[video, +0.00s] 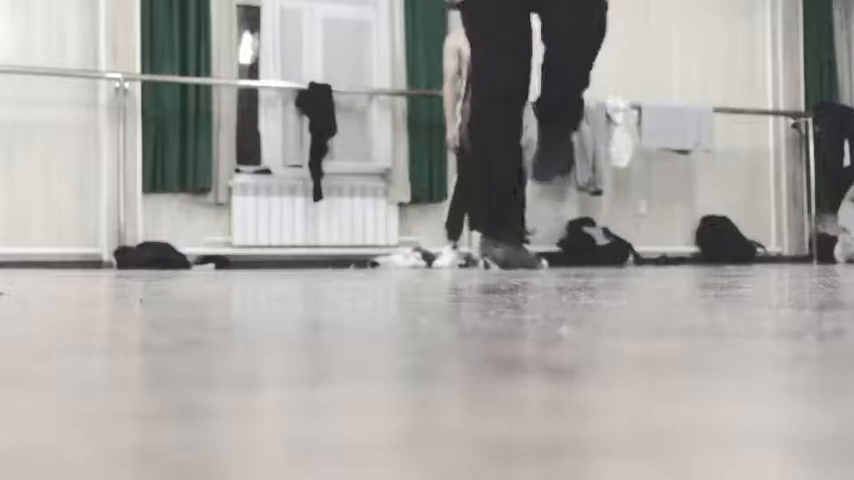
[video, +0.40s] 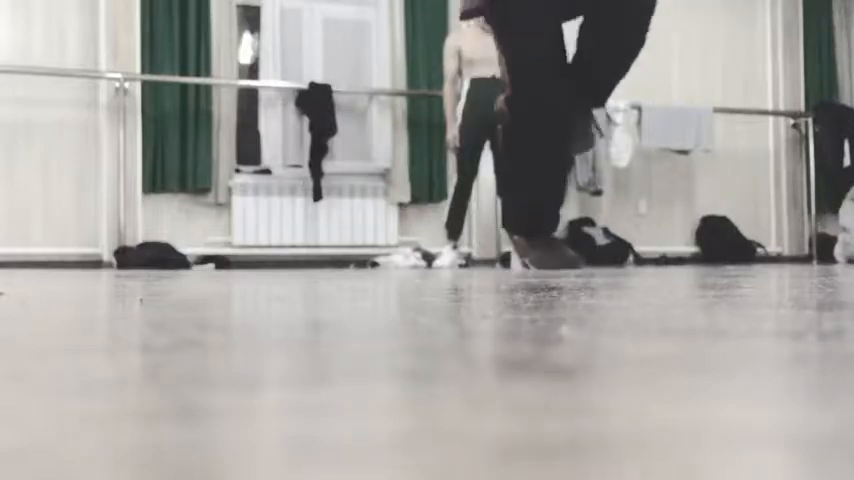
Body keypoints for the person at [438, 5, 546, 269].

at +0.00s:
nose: (472, 17)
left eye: (478, 14)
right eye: (467, 12)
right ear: (463, 12)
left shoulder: (504, 37)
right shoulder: (457, 38)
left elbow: (516, 87)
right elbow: (451, 83)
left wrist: (520, 123)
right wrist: (452, 125)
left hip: (503, 124)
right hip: (471, 123)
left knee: (507, 180)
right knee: (465, 183)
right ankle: (453, 239)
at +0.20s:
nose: (480, 17)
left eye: (483, 12)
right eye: (476, 11)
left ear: (491, 14)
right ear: (470, 12)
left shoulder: (505, 36)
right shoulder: (458, 40)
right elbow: (451, 84)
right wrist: (451, 125)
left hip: (505, 107)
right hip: (475, 106)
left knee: (509, 177)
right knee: (465, 178)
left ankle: (518, 243)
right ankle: (452, 242)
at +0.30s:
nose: (484, 12)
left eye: (486, 8)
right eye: (481, 7)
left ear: (483, 10)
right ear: (473, 8)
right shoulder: (458, 37)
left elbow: (451, 82)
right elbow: (451, 82)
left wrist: (451, 124)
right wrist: (451, 125)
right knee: (465, 175)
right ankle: (452, 241)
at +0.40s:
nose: (486, 17)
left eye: (490, 12)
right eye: (481, 12)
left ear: (494, 13)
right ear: (472, 12)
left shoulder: (502, 34)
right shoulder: (457, 37)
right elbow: (450, 82)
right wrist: (451, 125)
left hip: (503, 96)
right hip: (474, 95)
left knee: (507, 176)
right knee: (466, 176)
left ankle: (516, 244)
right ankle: (452, 242)